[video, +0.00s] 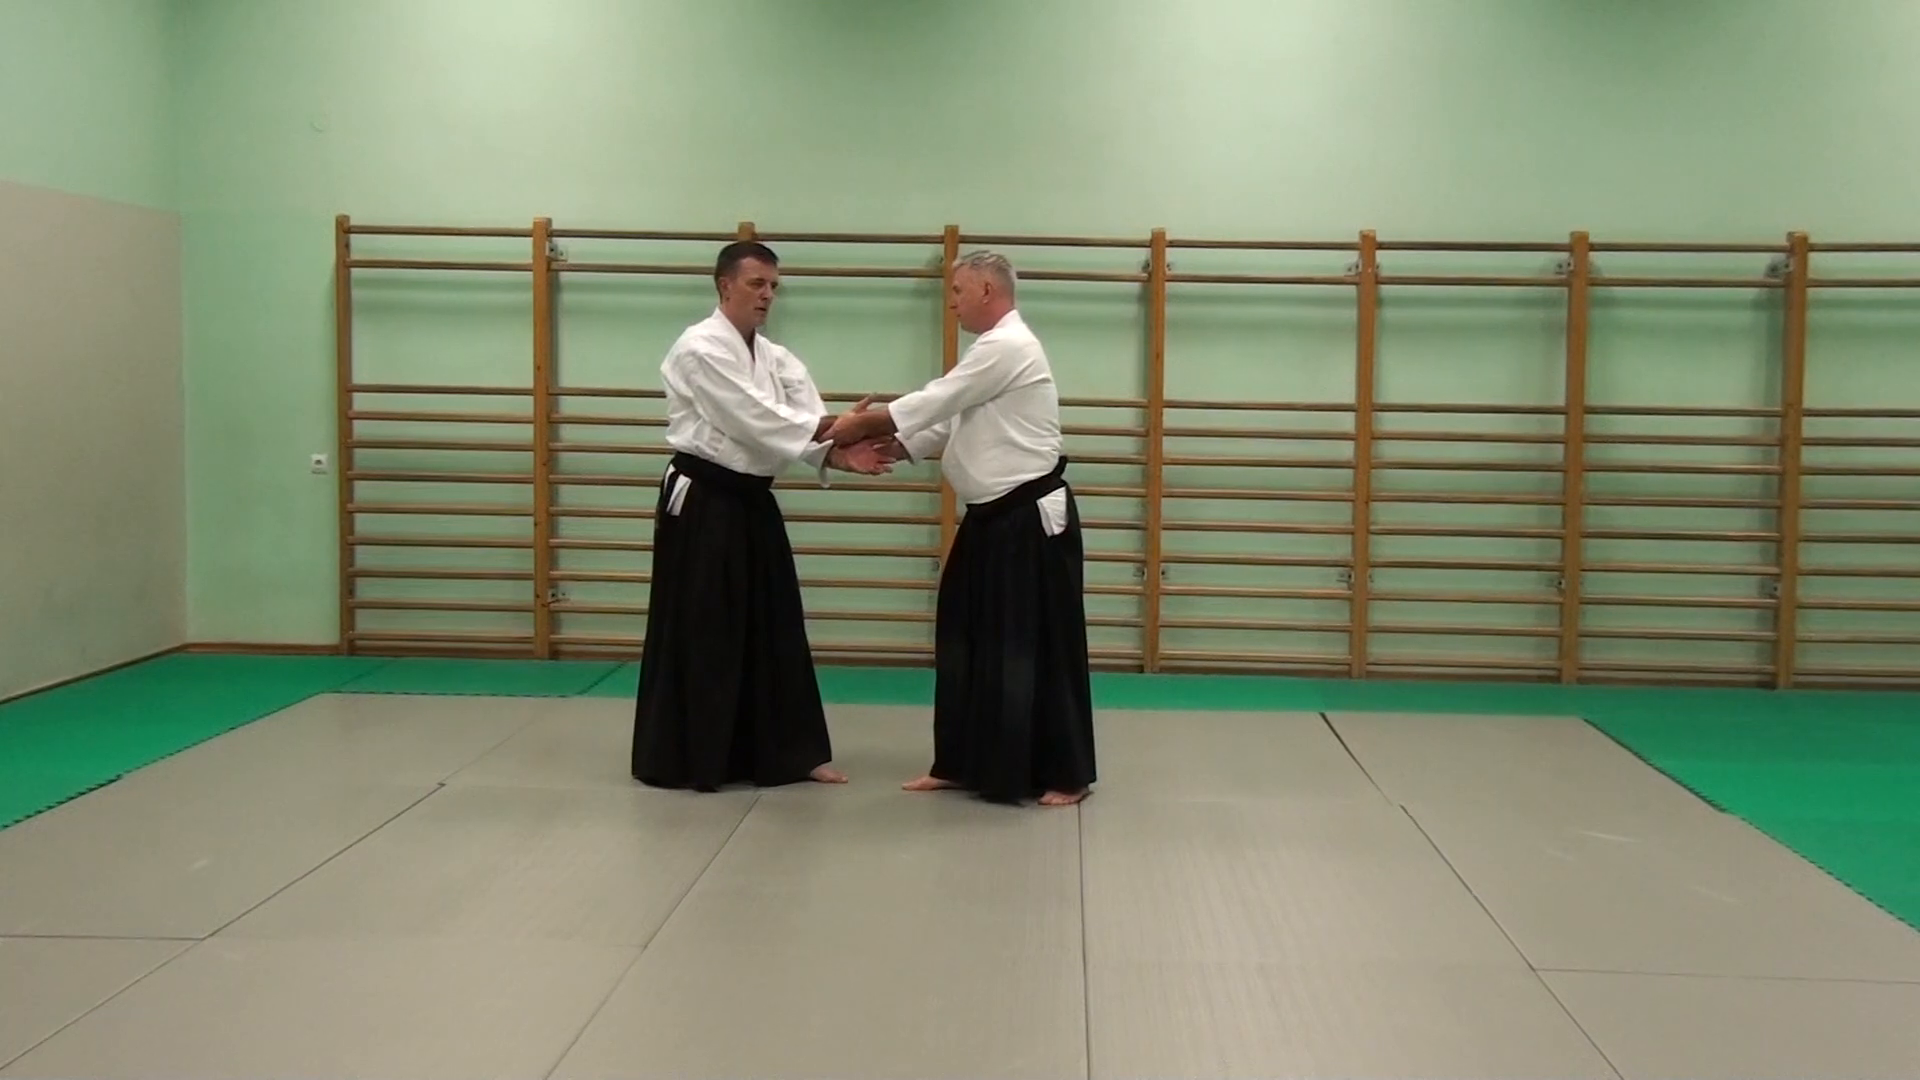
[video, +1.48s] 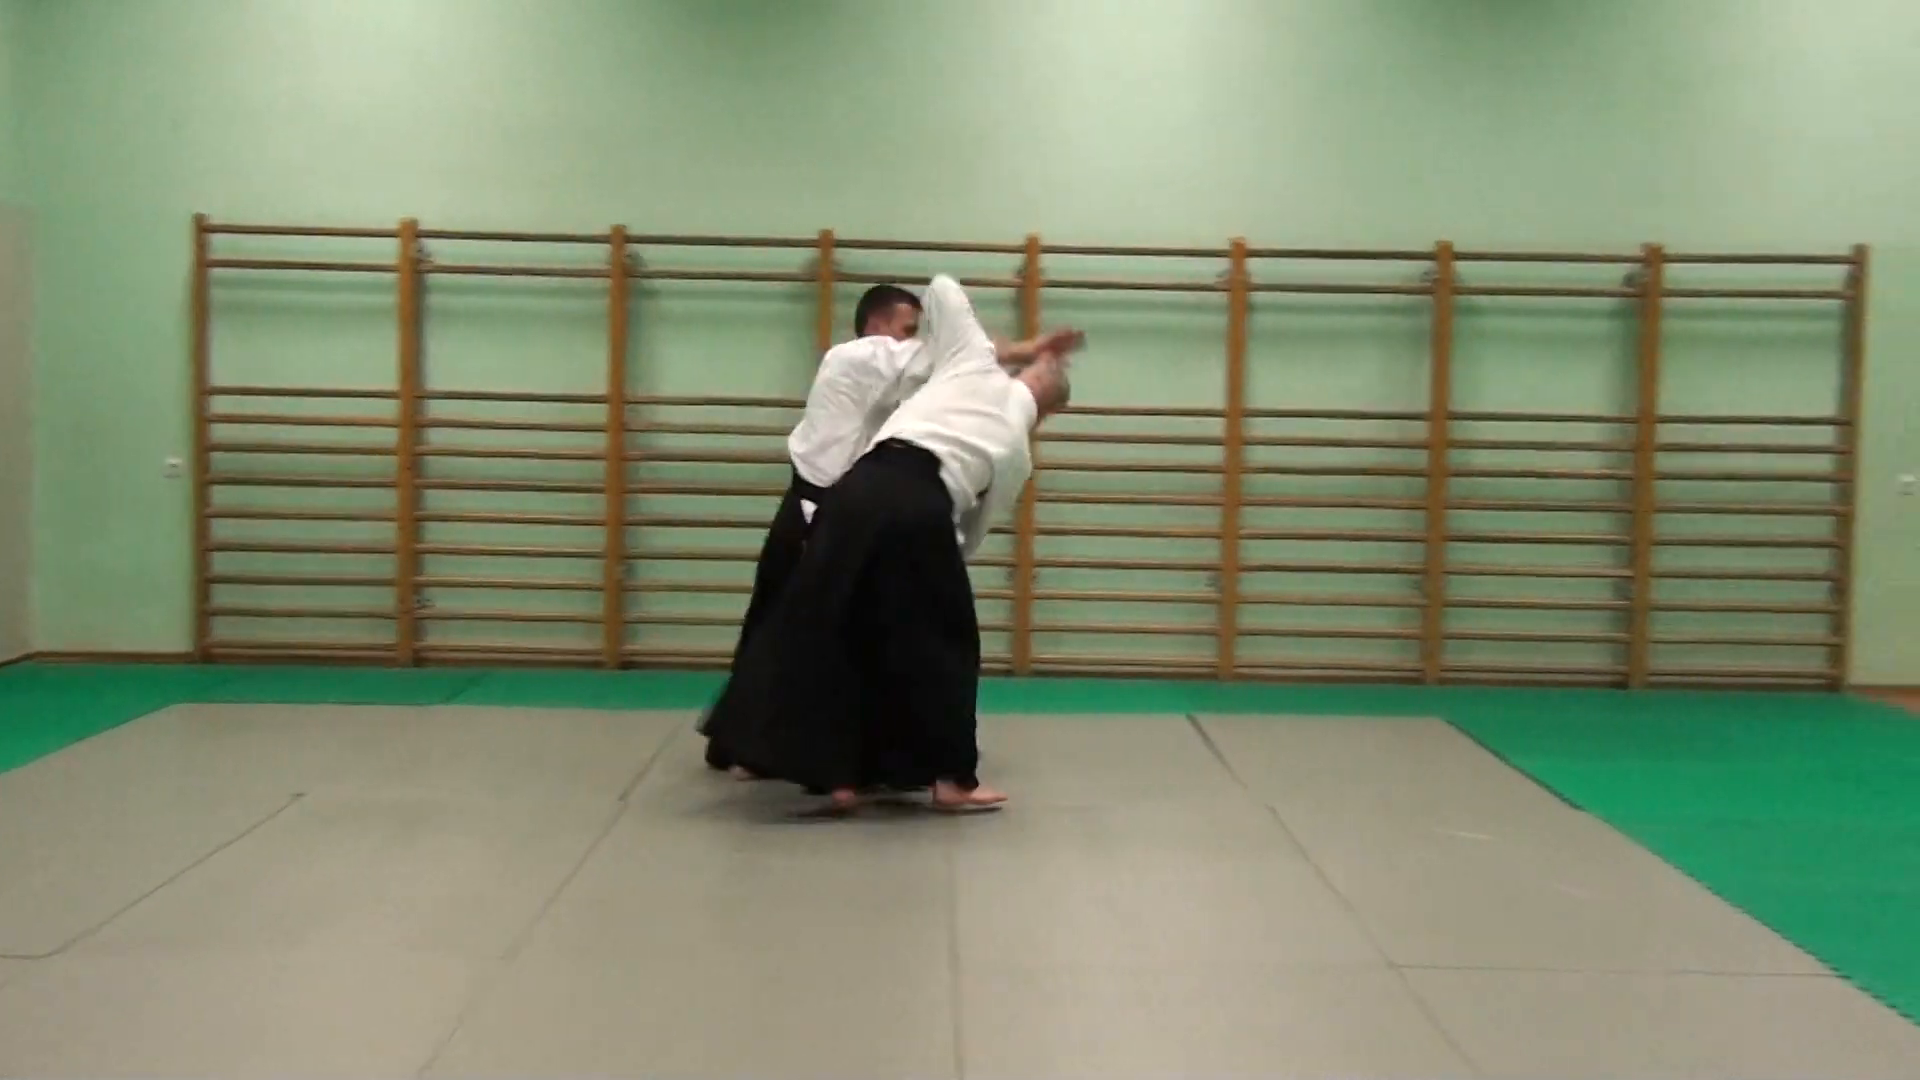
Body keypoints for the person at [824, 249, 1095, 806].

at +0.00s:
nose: (953, 304)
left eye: (958, 292)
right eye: (952, 294)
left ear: (988, 289)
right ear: (987, 290)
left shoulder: (1009, 346)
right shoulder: (990, 351)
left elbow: (934, 402)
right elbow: (949, 432)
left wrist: (859, 419)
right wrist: (889, 446)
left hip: (1032, 514)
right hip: (986, 516)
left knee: (1044, 645)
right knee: (961, 639)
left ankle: (1066, 775)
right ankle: (959, 765)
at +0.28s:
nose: (953, 303)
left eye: (959, 291)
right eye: (952, 293)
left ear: (990, 290)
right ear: (989, 291)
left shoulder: (1010, 346)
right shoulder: (990, 351)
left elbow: (936, 401)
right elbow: (950, 433)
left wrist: (861, 418)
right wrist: (890, 446)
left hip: (1032, 515)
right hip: (986, 516)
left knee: (1044, 645)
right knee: (961, 638)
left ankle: (1066, 775)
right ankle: (960, 765)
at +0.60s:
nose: (953, 303)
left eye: (958, 291)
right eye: (952, 293)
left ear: (990, 290)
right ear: (989, 291)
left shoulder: (1010, 346)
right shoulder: (990, 351)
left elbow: (938, 400)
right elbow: (950, 432)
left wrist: (864, 417)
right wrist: (889, 446)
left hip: (1031, 514)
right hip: (985, 516)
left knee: (1043, 644)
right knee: (960, 637)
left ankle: (1065, 775)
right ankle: (958, 764)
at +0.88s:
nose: (950, 301)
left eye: (956, 289)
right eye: (950, 292)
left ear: (987, 289)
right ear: (984, 291)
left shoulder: (1001, 330)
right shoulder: (972, 356)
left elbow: (938, 343)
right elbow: (934, 427)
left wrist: (869, 364)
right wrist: (870, 468)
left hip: (1028, 518)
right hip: (982, 521)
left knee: (1042, 645)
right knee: (956, 635)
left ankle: (1061, 774)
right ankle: (960, 762)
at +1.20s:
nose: (1000, 299)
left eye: (1008, 296)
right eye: (1003, 294)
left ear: (1017, 312)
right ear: (1004, 315)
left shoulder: (995, 332)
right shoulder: (993, 358)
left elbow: (944, 255)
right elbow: (948, 461)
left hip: (991, 492)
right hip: (1002, 496)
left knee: (961, 630)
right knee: (993, 629)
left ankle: (990, 769)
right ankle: (979, 761)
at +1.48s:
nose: (1042, 373)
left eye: (1046, 371)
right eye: (1047, 370)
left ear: (1030, 372)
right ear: (1049, 408)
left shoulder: (971, 358)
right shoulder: (1018, 447)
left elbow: (944, 287)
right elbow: (975, 529)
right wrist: (939, 575)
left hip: (859, 487)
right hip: (922, 510)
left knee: (835, 634)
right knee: (950, 642)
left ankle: (841, 776)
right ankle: (952, 779)